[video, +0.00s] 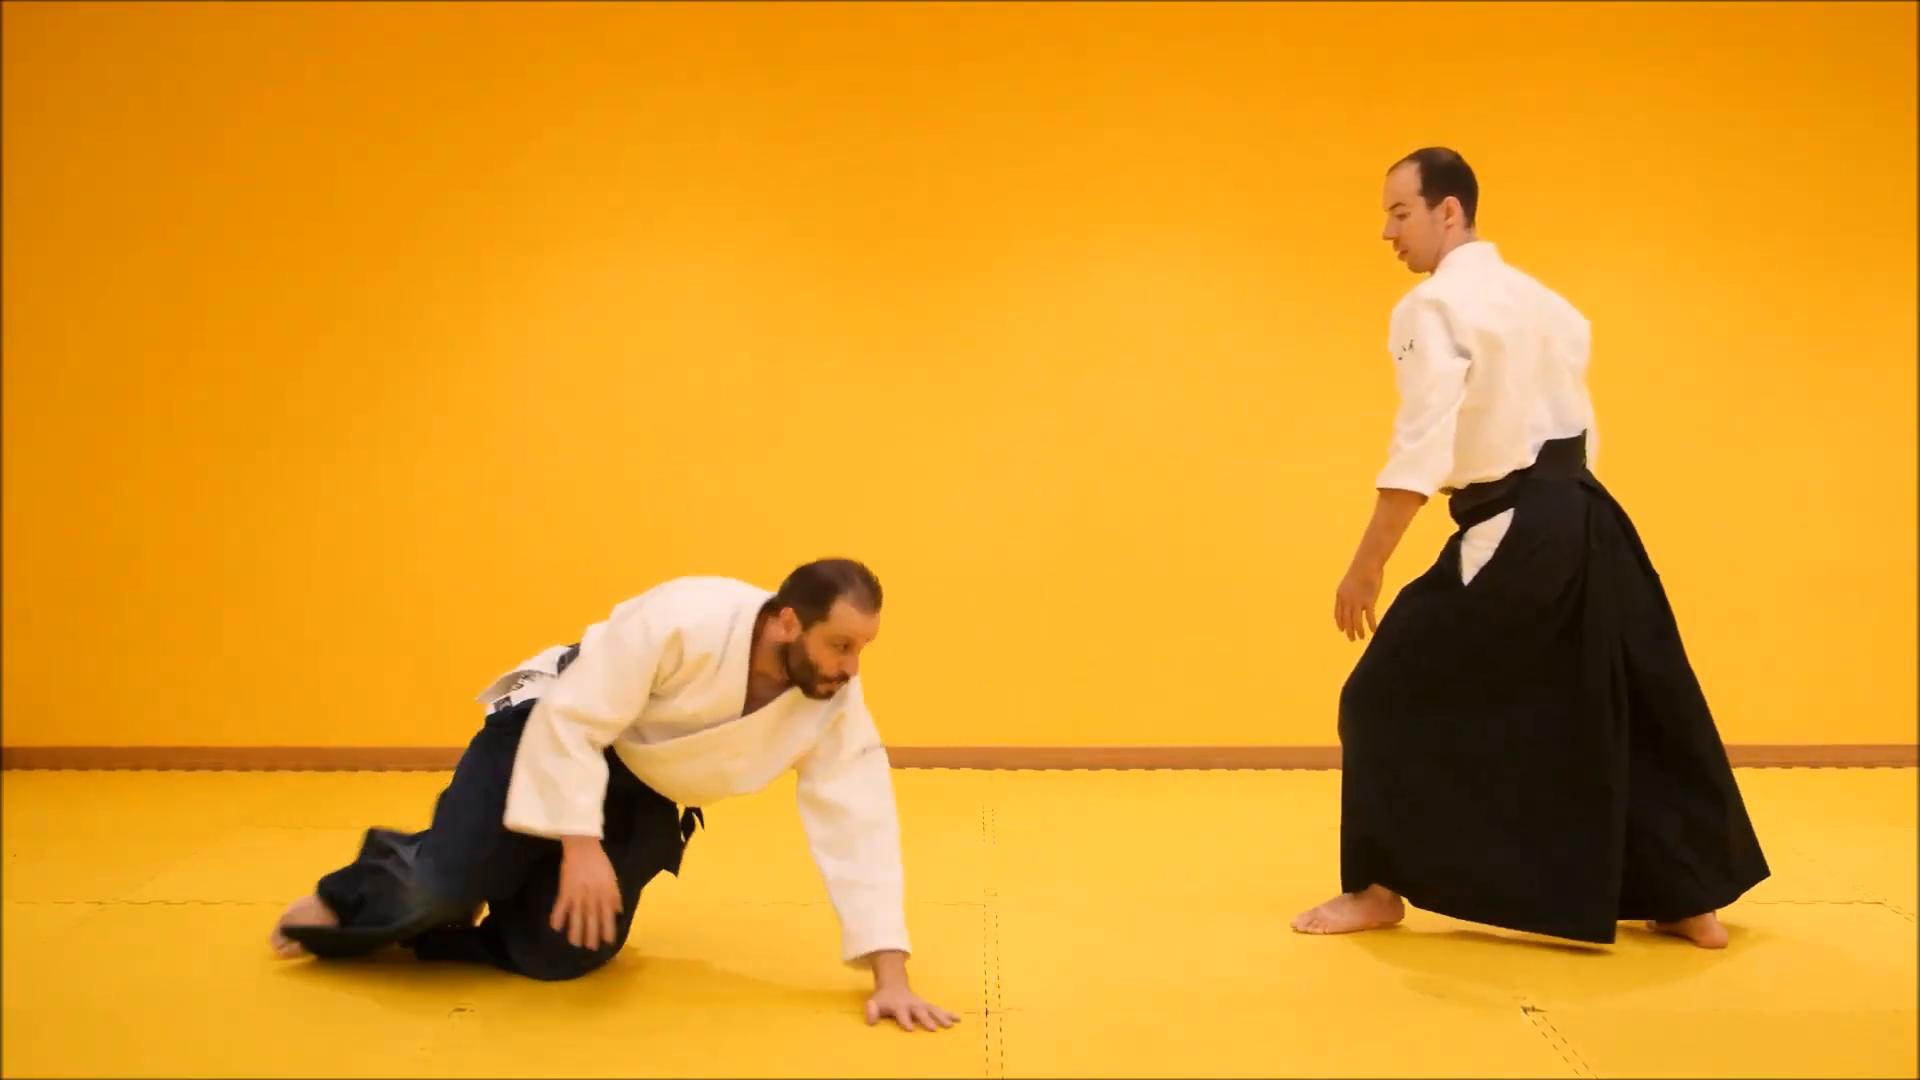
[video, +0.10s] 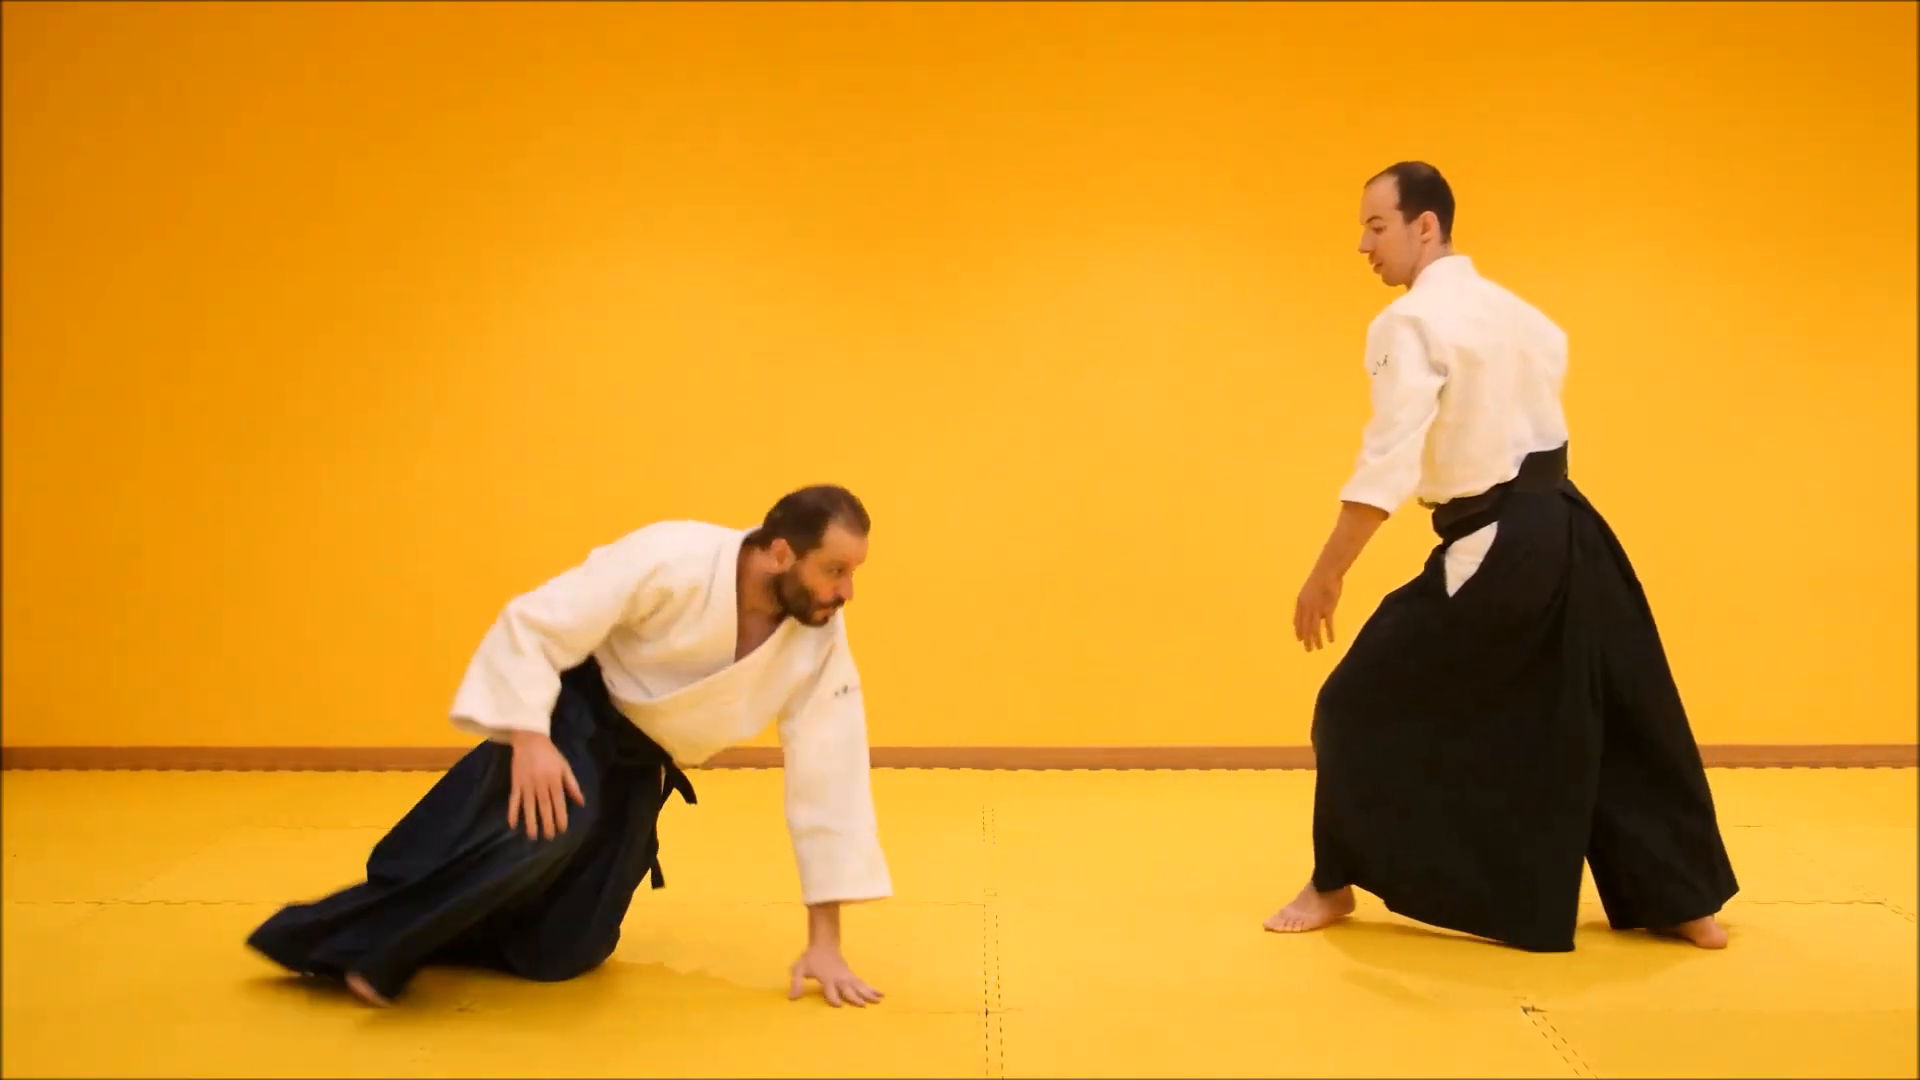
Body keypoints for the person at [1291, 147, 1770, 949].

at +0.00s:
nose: (1389, 233)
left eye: (1399, 214)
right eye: (1386, 216)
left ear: (1449, 211)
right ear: (1453, 217)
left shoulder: (1434, 306)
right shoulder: (1547, 302)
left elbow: (1422, 452)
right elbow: (1576, 436)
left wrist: (1366, 566)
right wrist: (1549, 508)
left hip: (1508, 535)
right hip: (1586, 523)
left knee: (1374, 698)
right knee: (1622, 701)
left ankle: (1372, 887)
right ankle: (1686, 898)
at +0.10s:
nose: (1364, 246)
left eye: (1375, 228)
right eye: (1363, 230)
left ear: (1427, 225)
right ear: (1430, 230)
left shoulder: (1412, 322)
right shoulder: (1522, 314)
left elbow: (1388, 469)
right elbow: (1542, 439)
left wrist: (1327, 572)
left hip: (1490, 553)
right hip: (1568, 537)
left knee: (1348, 703)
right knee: (1618, 707)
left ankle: (1330, 883)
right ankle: (1689, 901)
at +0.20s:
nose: (1325, 259)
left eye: (1337, 242)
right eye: (1323, 244)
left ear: (1388, 242)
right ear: (1389, 248)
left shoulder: (1373, 338)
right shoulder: (1467, 328)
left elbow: (1335, 479)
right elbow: (1467, 469)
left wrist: (1251, 576)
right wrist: (1379, 552)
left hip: (1458, 564)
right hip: (1529, 548)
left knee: (1312, 711)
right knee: (1586, 720)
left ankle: (1313, 889)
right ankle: (1682, 900)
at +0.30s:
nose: (1277, 266)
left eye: (1291, 248)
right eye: (1275, 250)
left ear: (1343, 251)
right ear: (1330, 256)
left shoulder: (1337, 349)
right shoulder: (1384, 328)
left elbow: (1285, 475)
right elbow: (1337, 468)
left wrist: (1177, 554)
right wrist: (1228, 513)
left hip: (1411, 570)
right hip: (1457, 552)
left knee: (1278, 715)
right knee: (1521, 725)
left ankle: (1299, 896)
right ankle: (1671, 859)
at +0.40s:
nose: (1232, 268)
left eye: (1248, 251)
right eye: (1228, 253)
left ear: (1296, 256)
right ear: (1251, 260)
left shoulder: (1321, 353)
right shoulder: (1265, 352)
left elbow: (1236, 468)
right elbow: (1198, 443)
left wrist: (1110, 522)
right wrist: (1111, 465)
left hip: (1377, 565)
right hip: (1342, 562)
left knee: (1262, 728)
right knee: (1408, 724)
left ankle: (1301, 897)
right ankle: (1554, 808)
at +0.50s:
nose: (1196, 270)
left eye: (1212, 255)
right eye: (1188, 256)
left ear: (1254, 257)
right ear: (1184, 261)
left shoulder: (1294, 353)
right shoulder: (1196, 352)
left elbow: (1197, 459)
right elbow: (1112, 428)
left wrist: (1085, 489)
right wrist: (1054, 419)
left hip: (1335, 569)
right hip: (1278, 573)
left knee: (1260, 729)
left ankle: (1295, 894)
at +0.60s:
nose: (1162, 269)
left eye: (1179, 255)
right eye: (1153, 254)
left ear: (1216, 258)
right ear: (1143, 257)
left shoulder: (1266, 344)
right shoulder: (1131, 348)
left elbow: (1218, 426)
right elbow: (1066, 402)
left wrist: (1116, 444)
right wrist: (1028, 380)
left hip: (1271, 557)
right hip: (1191, 560)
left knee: (1257, 721)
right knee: (1118, 713)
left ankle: (1306, 889)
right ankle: (1108, 838)